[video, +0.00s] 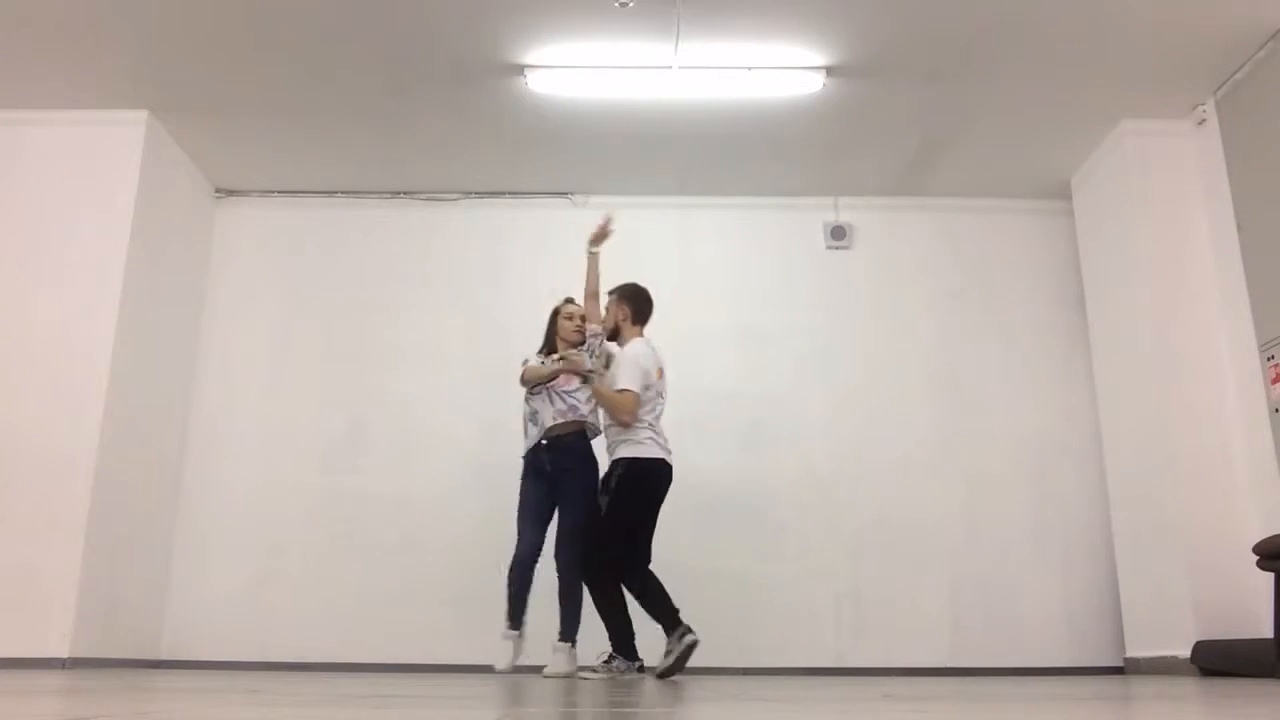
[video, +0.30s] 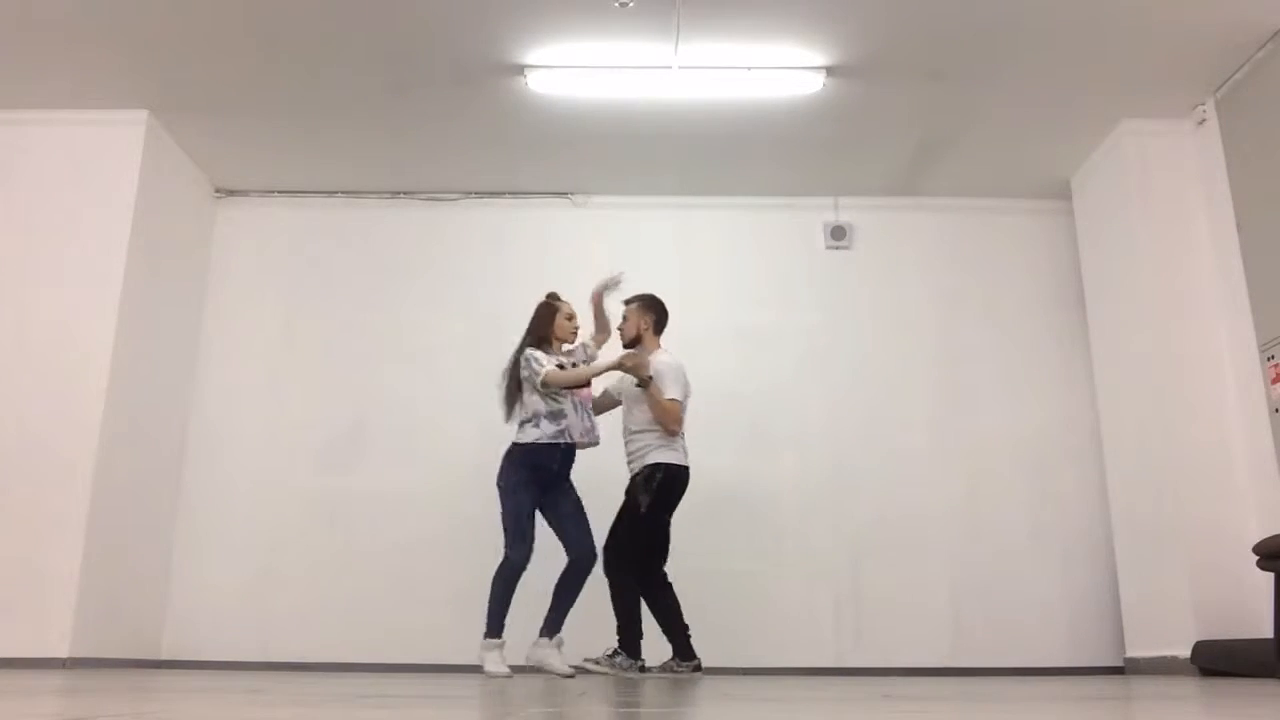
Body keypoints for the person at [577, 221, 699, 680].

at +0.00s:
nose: (602, 314)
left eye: (607, 307)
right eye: (605, 308)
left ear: (623, 312)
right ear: (633, 314)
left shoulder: (632, 351)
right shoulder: (643, 352)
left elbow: (626, 410)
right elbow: (592, 312)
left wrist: (590, 381)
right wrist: (593, 251)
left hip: (633, 465)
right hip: (653, 466)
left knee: (595, 562)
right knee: (630, 563)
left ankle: (624, 656)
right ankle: (677, 633)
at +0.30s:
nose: (620, 325)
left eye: (626, 318)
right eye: (621, 319)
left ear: (647, 322)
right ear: (644, 324)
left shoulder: (668, 364)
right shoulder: (632, 373)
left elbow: (673, 423)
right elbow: (591, 406)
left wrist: (644, 380)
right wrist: (566, 376)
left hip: (663, 470)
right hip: (649, 472)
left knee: (617, 554)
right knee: (647, 567)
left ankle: (628, 652)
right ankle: (685, 656)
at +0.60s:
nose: (622, 326)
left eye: (629, 320)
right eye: (622, 321)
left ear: (652, 323)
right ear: (642, 325)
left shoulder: (674, 361)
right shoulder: (625, 371)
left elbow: (682, 411)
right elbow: (586, 401)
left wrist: (674, 357)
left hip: (675, 462)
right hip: (645, 468)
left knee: (653, 551)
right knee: (645, 550)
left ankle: (682, 651)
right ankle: (663, 642)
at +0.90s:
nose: (625, 312)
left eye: (633, 305)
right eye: (625, 308)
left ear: (657, 314)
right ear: (634, 322)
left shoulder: (675, 357)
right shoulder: (625, 375)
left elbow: (683, 337)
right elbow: (592, 412)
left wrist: (668, 286)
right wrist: (551, 425)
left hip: (680, 465)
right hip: (647, 471)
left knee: (668, 568)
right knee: (648, 572)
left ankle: (688, 656)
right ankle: (681, 653)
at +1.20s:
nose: (635, 315)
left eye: (643, 308)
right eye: (634, 309)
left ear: (666, 311)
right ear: (644, 318)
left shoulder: (678, 344)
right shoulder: (655, 370)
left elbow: (643, 298)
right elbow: (651, 436)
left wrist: (602, 251)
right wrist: (597, 442)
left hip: (688, 462)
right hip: (662, 467)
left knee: (668, 561)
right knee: (608, 529)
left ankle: (689, 656)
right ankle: (649, 615)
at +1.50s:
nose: (647, 309)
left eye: (655, 301)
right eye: (647, 303)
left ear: (678, 307)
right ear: (666, 308)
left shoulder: (685, 340)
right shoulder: (663, 361)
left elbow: (646, 290)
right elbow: (659, 426)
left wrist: (612, 257)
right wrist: (615, 425)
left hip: (687, 456)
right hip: (666, 461)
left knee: (670, 553)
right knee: (644, 556)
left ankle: (690, 655)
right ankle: (701, 629)